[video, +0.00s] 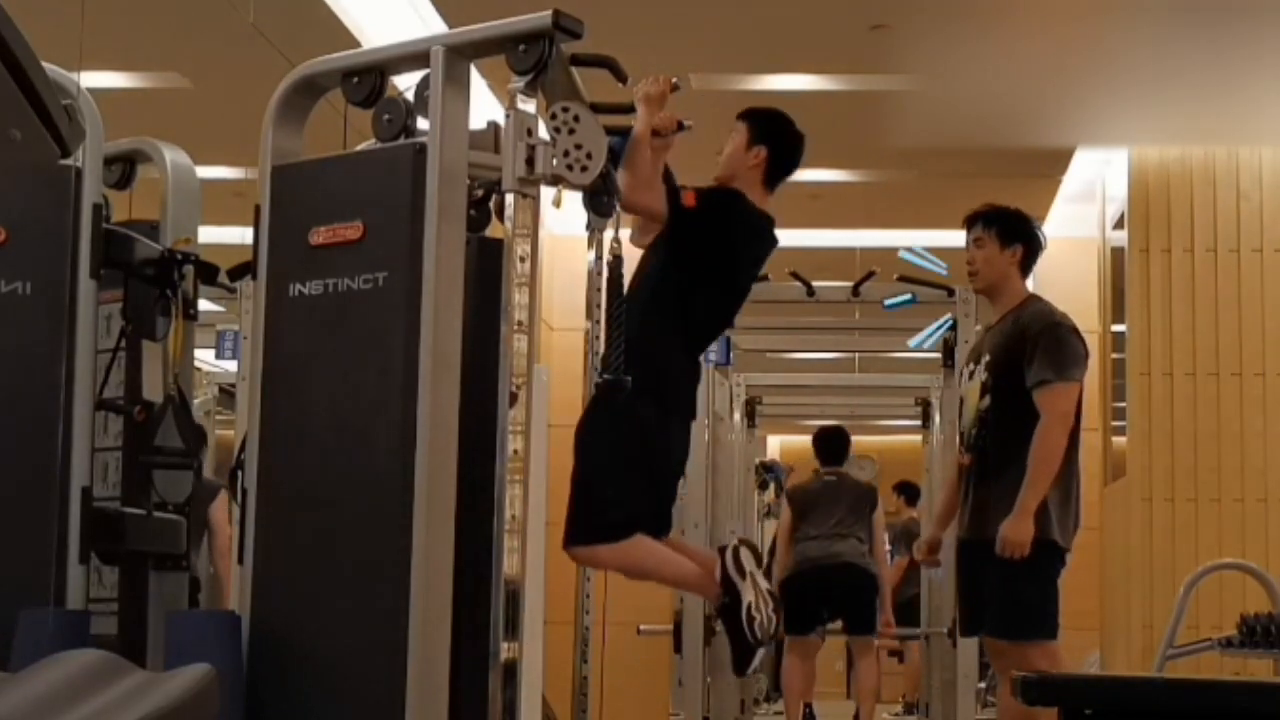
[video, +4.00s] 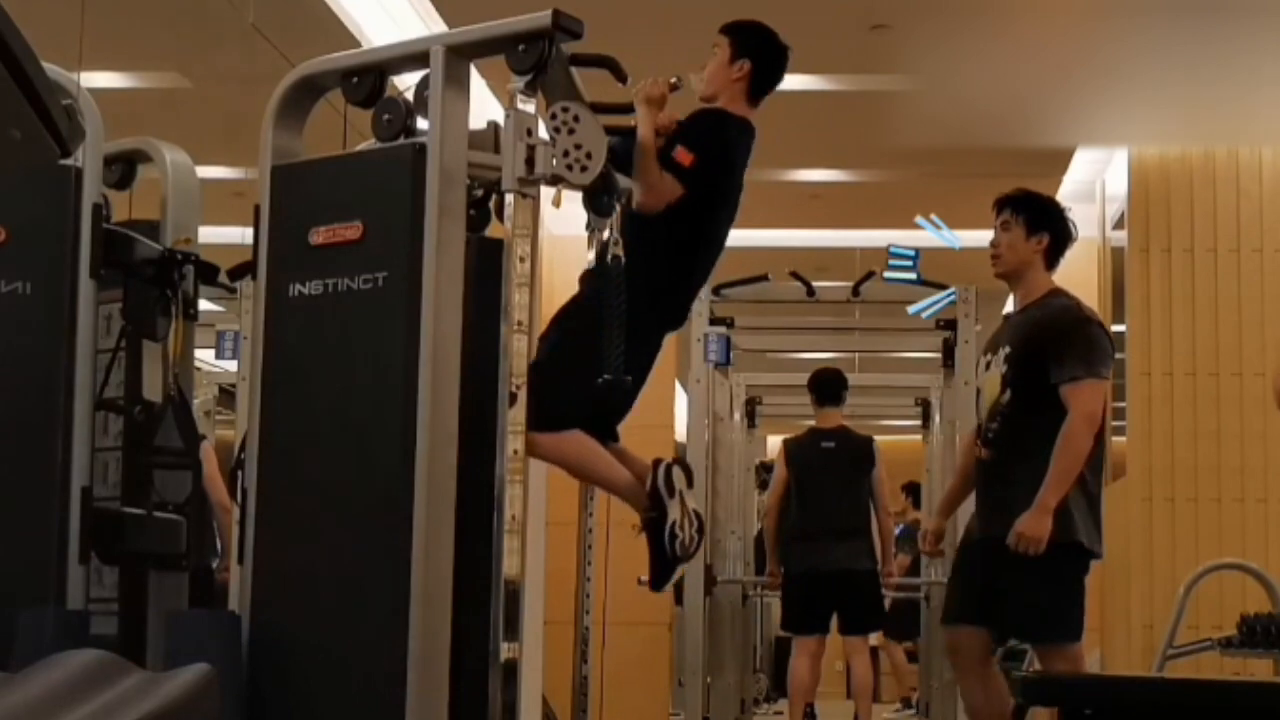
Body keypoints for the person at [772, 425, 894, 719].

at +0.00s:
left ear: (815, 454)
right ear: (848, 453)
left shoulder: (795, 494)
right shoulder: (868, 493)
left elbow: (782, 555)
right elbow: (880, 557)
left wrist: (779, 599)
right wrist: (886, 609)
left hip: (804, 581)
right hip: (855, 581)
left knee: (797, 652)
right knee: (865, 652)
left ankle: (794, 716)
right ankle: (865, 715)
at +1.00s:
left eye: (814, 398)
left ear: (811, 400)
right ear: (844, 399)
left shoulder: (791, 449)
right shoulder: (866, 447)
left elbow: (776, 508)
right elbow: (879, 511)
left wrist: (773, 558)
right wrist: (886, 559)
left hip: (806, 566)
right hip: (854, 565)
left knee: (805, 648)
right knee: (857, 649)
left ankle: (798, 716)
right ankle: (863, 714)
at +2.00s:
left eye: (814, 461)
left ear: (813, 464)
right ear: (847, 464)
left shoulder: (794, 503)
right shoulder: (867, 502)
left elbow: (780, 564)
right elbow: (882, 564)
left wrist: (775, 613)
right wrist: (887, 618)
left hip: (806, 585)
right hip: (858, 584)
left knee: (801, 653)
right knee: (865, 653)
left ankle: (798, 715)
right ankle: (865, 715)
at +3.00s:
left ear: (818, 428)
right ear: (850, 428)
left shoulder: (796, 473)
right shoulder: (871, 472)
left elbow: (782, 535)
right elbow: (882, 534)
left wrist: (774, 586)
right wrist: (889, 587)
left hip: (806, 574)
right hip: (856, 573)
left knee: (802, 649)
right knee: (862, 649)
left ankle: (796, 715)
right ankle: (865, 714)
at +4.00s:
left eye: (814, 396)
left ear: (811, 399)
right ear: (845, 398)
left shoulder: (790, 448)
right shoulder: (866, 447)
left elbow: (771, 509)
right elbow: (884, 510)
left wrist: (772, 559)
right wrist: (888, 560)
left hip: (806, 567)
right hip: (855, 566)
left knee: (805, 649)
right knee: (858, 650)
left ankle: (797, 716)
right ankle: (863, 715)